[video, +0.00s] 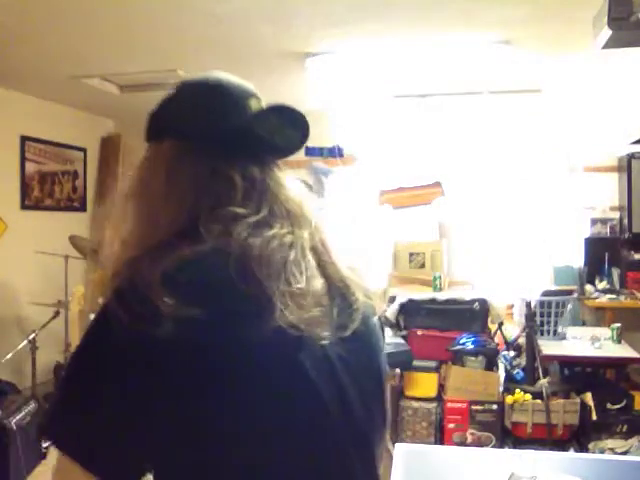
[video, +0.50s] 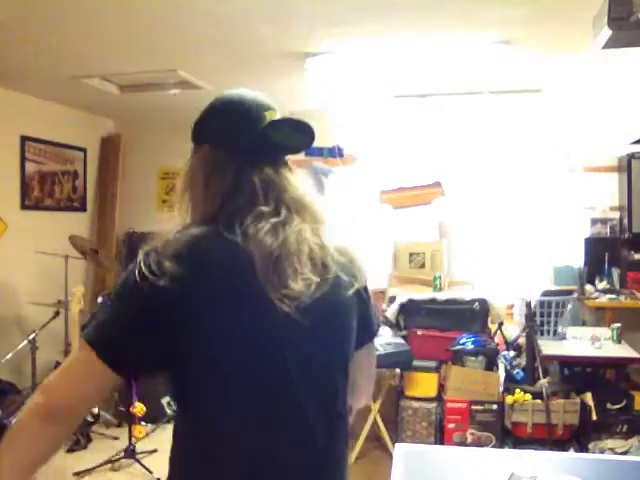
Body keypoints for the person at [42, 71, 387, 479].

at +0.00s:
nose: (137, 187)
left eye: (148, 166)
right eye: (146, 166)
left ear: (166, 180)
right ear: (268, 174)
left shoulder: (157, 300)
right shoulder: (350, 305)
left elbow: (76, 467)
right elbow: (377, 460)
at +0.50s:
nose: (188, 177)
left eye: (193, 164)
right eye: (190, 164)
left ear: (207, 169)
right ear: (286, 169)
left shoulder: (180, 266)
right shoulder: (342, 269)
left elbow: (57, 406)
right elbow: (360, 395)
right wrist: (320, 451)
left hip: (209, 467)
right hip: (318, 469)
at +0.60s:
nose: (181, 183)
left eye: (189, 169)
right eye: (185, 170)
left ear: (205, 174)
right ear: (280, 178)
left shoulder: (175, 266)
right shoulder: (334, 270)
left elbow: (56, 400)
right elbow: (358, 396)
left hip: (202, 471)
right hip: (311, 471)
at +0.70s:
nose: (177, 188)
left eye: (185, 175)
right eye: (182, 175)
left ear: (200, 181)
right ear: (272, 183)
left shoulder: (170, 267)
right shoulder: (326, 271)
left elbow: (62, 399)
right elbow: (356, 397)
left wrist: (11, 471)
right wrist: (292, 365)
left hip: (196, 473)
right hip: (304, 474)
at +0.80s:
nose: (173, 191)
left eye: (180, 180)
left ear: (192, 185)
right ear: (264, 185)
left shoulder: (164, 272)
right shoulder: (315, 272)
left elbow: (64, 404)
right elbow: (352, 396)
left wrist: (21, 472)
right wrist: (290, 369)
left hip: (193, 469)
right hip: (296, 471)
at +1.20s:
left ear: (185, 183)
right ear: (254, 184)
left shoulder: (152, 269)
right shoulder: (294, 264)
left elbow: (83, 391)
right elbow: (338, 386)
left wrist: (77, 458)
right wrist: (324, 334)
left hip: (186, 465)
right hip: (281, 465)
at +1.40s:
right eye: (273, 174)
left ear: (205, 180)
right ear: (274, 182)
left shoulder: (166, 266)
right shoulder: (309, 264)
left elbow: (92, 382)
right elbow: (353, 388)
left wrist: (88, 445)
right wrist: (350, 321)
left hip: (195, 467)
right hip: (290, 467)